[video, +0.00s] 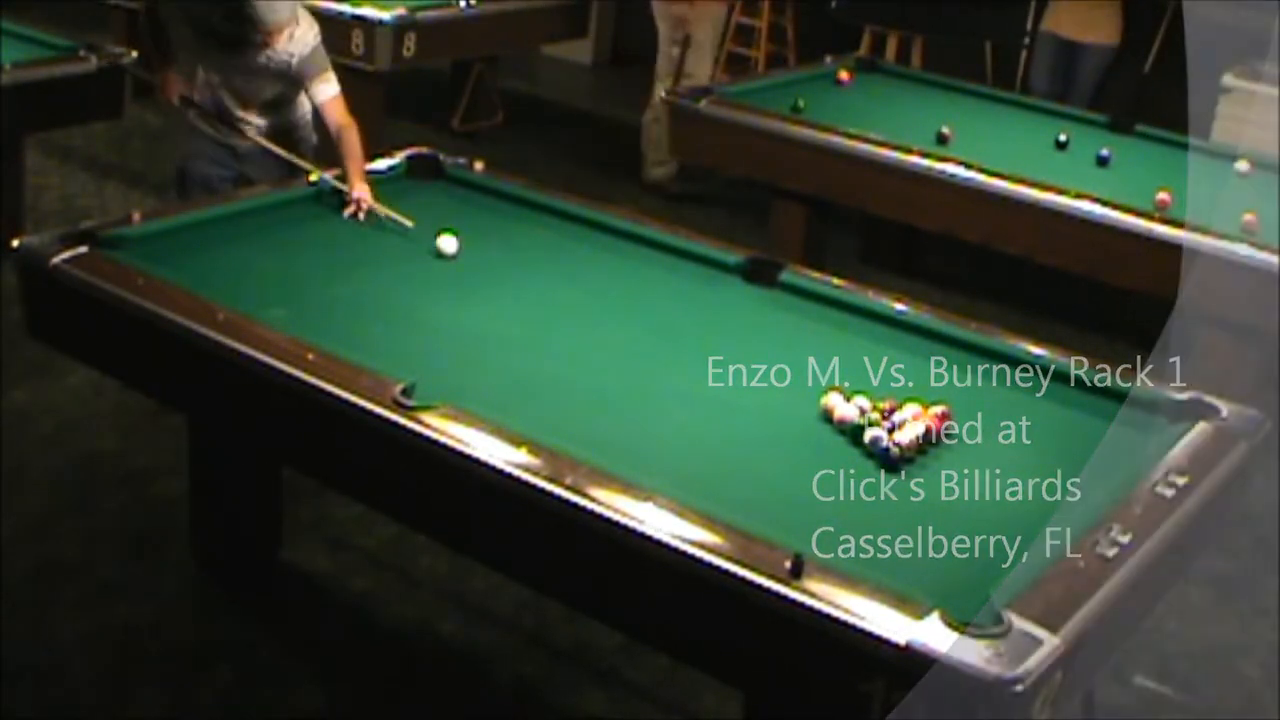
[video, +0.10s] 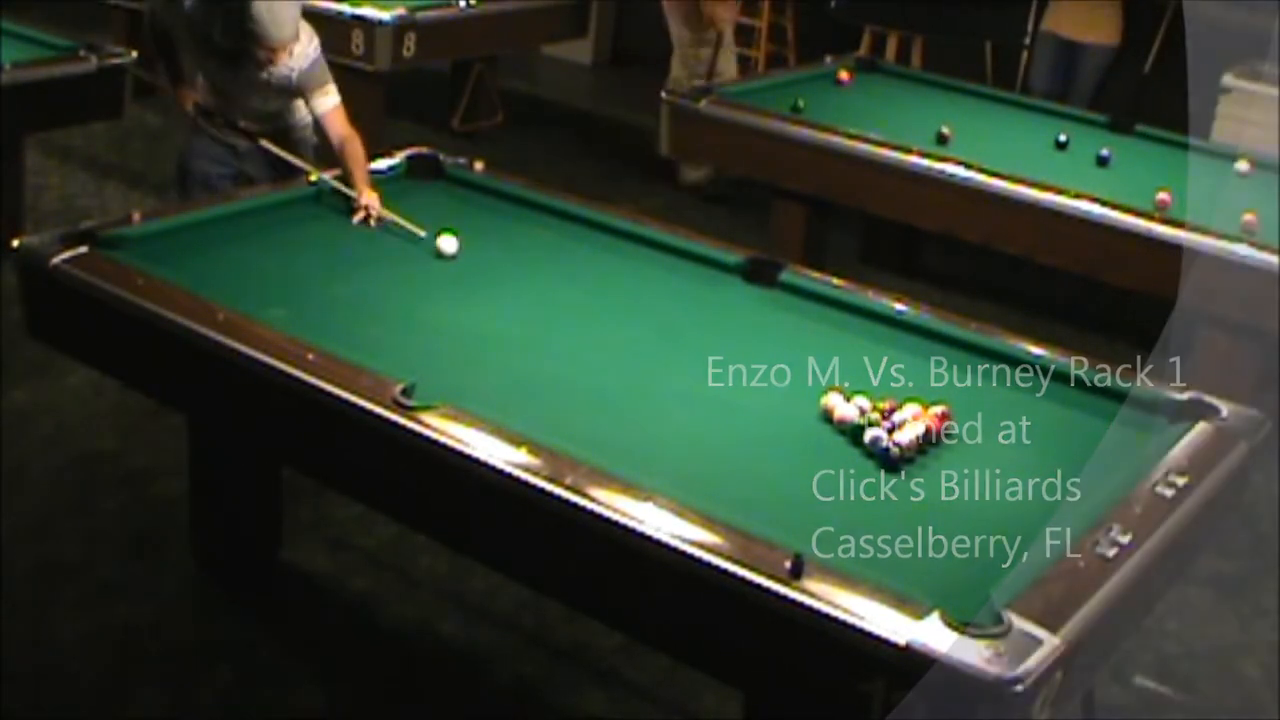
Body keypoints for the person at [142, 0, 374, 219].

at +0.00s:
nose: (277, 41)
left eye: (284, 31)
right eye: (268, 34)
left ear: (292, 18)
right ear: (237, 27)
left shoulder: (302, 39)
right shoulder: (199, 20)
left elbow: (343, 125)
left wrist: (357, 181)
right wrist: (170, 69)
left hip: (281, 143)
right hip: (209, 133)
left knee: (280, 235)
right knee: (201, 231)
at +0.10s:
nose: (279, 58)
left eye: (286, 48)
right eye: (269, 50)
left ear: (296, 35)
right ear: (242, 38)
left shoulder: (304, 53)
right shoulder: (202, 23)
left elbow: (344, 135)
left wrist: (363, 188)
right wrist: (181, 83)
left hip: (286, 138)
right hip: (217, 129)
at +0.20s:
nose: (282, 70)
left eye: (289, 60)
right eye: (271, 62)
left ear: (298, 46)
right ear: (247, 48)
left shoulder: (307, 64)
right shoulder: (203, 29)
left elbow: (346, 140)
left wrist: (366, 190)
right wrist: (182, 90)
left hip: (285, 138)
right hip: (219, 126)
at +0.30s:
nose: (281, 79)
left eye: (288, 68)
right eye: (271, 69)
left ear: (298, 53)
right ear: (246, 54)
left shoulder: (306, 71)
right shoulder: (198, 26)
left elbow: (346, 143)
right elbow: (152, 26)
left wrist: (368, 192)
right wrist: (179, 95)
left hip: (279, 148)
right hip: (213, 133)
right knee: (195, 226)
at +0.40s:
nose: (279, 89)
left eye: (286, 78)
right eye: (269, 80)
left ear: (297, 62)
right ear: (245, 63)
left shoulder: (306, 75)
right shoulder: (200, 34)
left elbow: (346, 145)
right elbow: (150, 23)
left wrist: (369, 194)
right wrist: (181, 101)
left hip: (276, 145)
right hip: (210, 133)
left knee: (272, 231)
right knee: (191, 226)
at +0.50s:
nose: (283, 97)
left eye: (290, 87)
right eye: (272, 89)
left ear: (300, 68)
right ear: (248, 73)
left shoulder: (306, 75)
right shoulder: (201, 41)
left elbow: (346, 145)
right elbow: (152, 19)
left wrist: (370, 194)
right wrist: (173, 104)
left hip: (274, 139)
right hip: (208, 130)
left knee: (274, 225)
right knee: (195, 222)